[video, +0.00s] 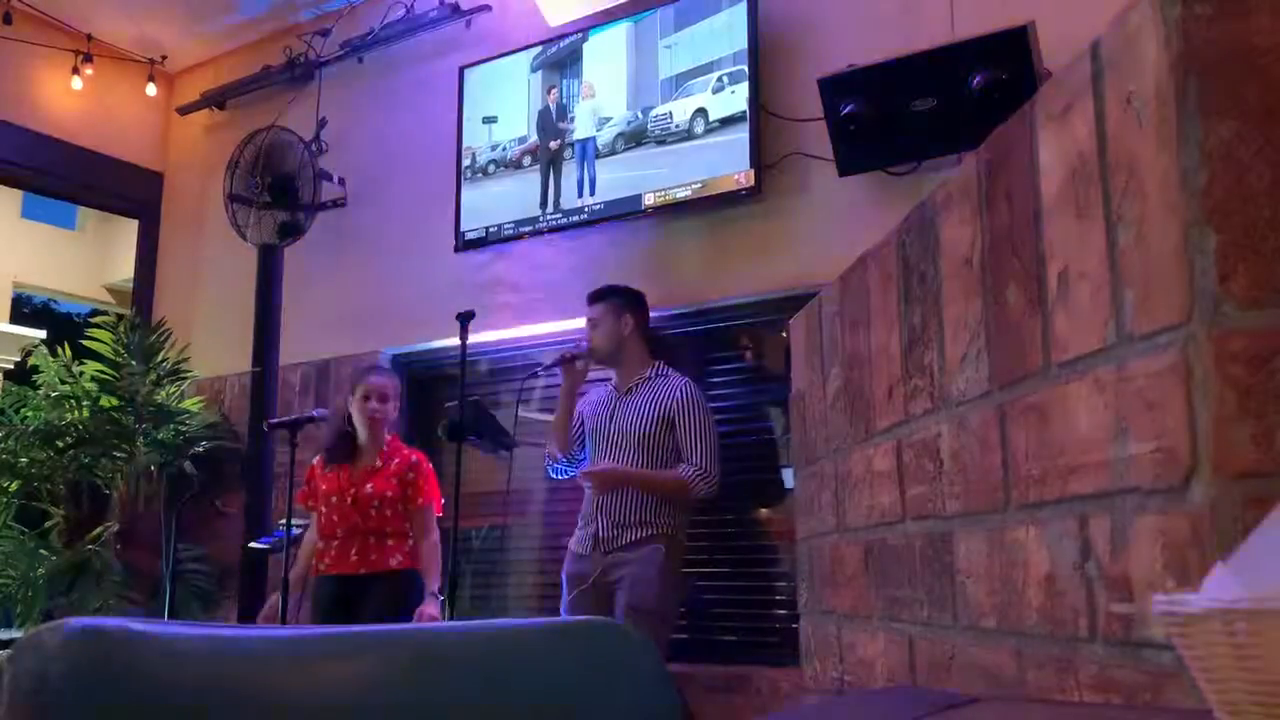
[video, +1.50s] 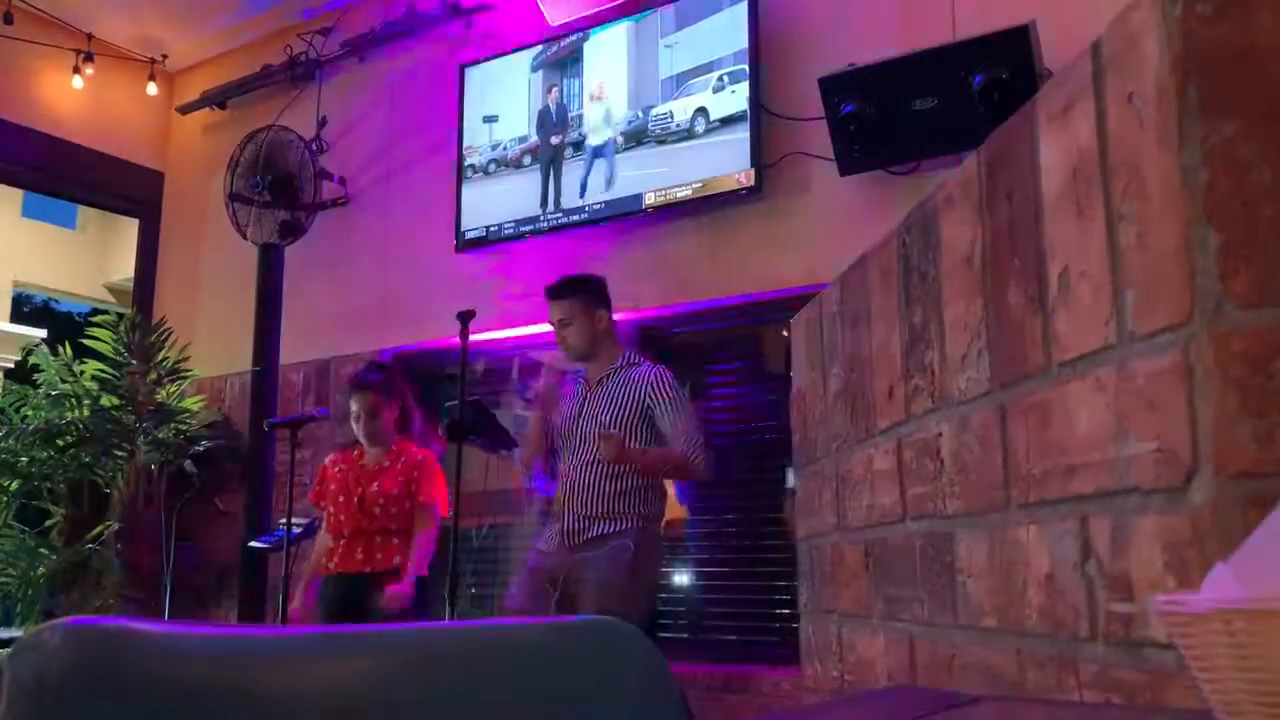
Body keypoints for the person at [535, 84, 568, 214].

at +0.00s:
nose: (556, 95)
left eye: (557, 93)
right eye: (554, 93)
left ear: (558, 94)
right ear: (548, 95)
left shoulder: (562, 109)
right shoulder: (542, 112)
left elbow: (564, 126)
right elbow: (539, 131)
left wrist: (560, 140)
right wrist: (548, 143)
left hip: (558, 147)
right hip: (546, 148)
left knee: (557, 178)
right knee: (544, 179)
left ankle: (557, 204)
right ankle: (543, 206)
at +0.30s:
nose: (556, 96)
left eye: (557, 93)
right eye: (554, 94)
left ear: (558, 95)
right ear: (548, 96)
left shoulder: (563, 108)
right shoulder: (542, 111)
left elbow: (565, 126)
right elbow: (539, 131)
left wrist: (560, 140)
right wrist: (548, 142)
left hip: (559, 147)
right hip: (546, 148)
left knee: (558, 177)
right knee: (545, 178)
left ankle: (557, 204)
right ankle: (543, 206)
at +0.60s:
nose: (555, 96)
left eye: (557, 94)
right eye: (553, 94)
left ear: (558, 96)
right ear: (548, 95)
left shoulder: (562, 109)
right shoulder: (542, 112)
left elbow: (565, 125)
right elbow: (539, 130)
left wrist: (563, 139)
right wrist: (545, 141)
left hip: (559, 146)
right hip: (546, 146)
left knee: (558, 177)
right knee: (545, 178)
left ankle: (557, 204)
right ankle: (543, 206)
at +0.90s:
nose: (558, 95)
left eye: (559, 92)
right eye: (556, 92)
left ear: (559, 94)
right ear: (549, 95)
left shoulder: (562, 108)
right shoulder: (542, 111)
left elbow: (566, 125)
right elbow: (538, 130)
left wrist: (564, 137)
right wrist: (544, 140)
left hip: (559, 145)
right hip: (546, 146)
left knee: (557, 177)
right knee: (545, 177)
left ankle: (557, 204)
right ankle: (543, 206)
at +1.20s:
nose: (557, 95)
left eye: (558, 92)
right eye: (555, 92)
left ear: (559, 94)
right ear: (549, 95)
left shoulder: (562, 109)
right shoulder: (542, 111)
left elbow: (566, 126)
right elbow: (539, 130)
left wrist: (562, 137)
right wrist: (549, 140)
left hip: (559, 146)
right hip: (546, 147)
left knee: (558, 177)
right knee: (545, 178)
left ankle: (557, 203)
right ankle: (543, 205)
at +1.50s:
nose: (557, 94)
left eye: (558, 92)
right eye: (555, 92)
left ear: (559, 94)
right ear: (549, 94)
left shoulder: (562, 108)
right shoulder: (542, 111)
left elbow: (565, 125)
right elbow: (539, 130)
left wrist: (561, 136)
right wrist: (548, 139)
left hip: (559, 147)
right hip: (546, 147)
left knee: (558, 177)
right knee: (545, 178)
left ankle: (557, 204)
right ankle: (543, 206)